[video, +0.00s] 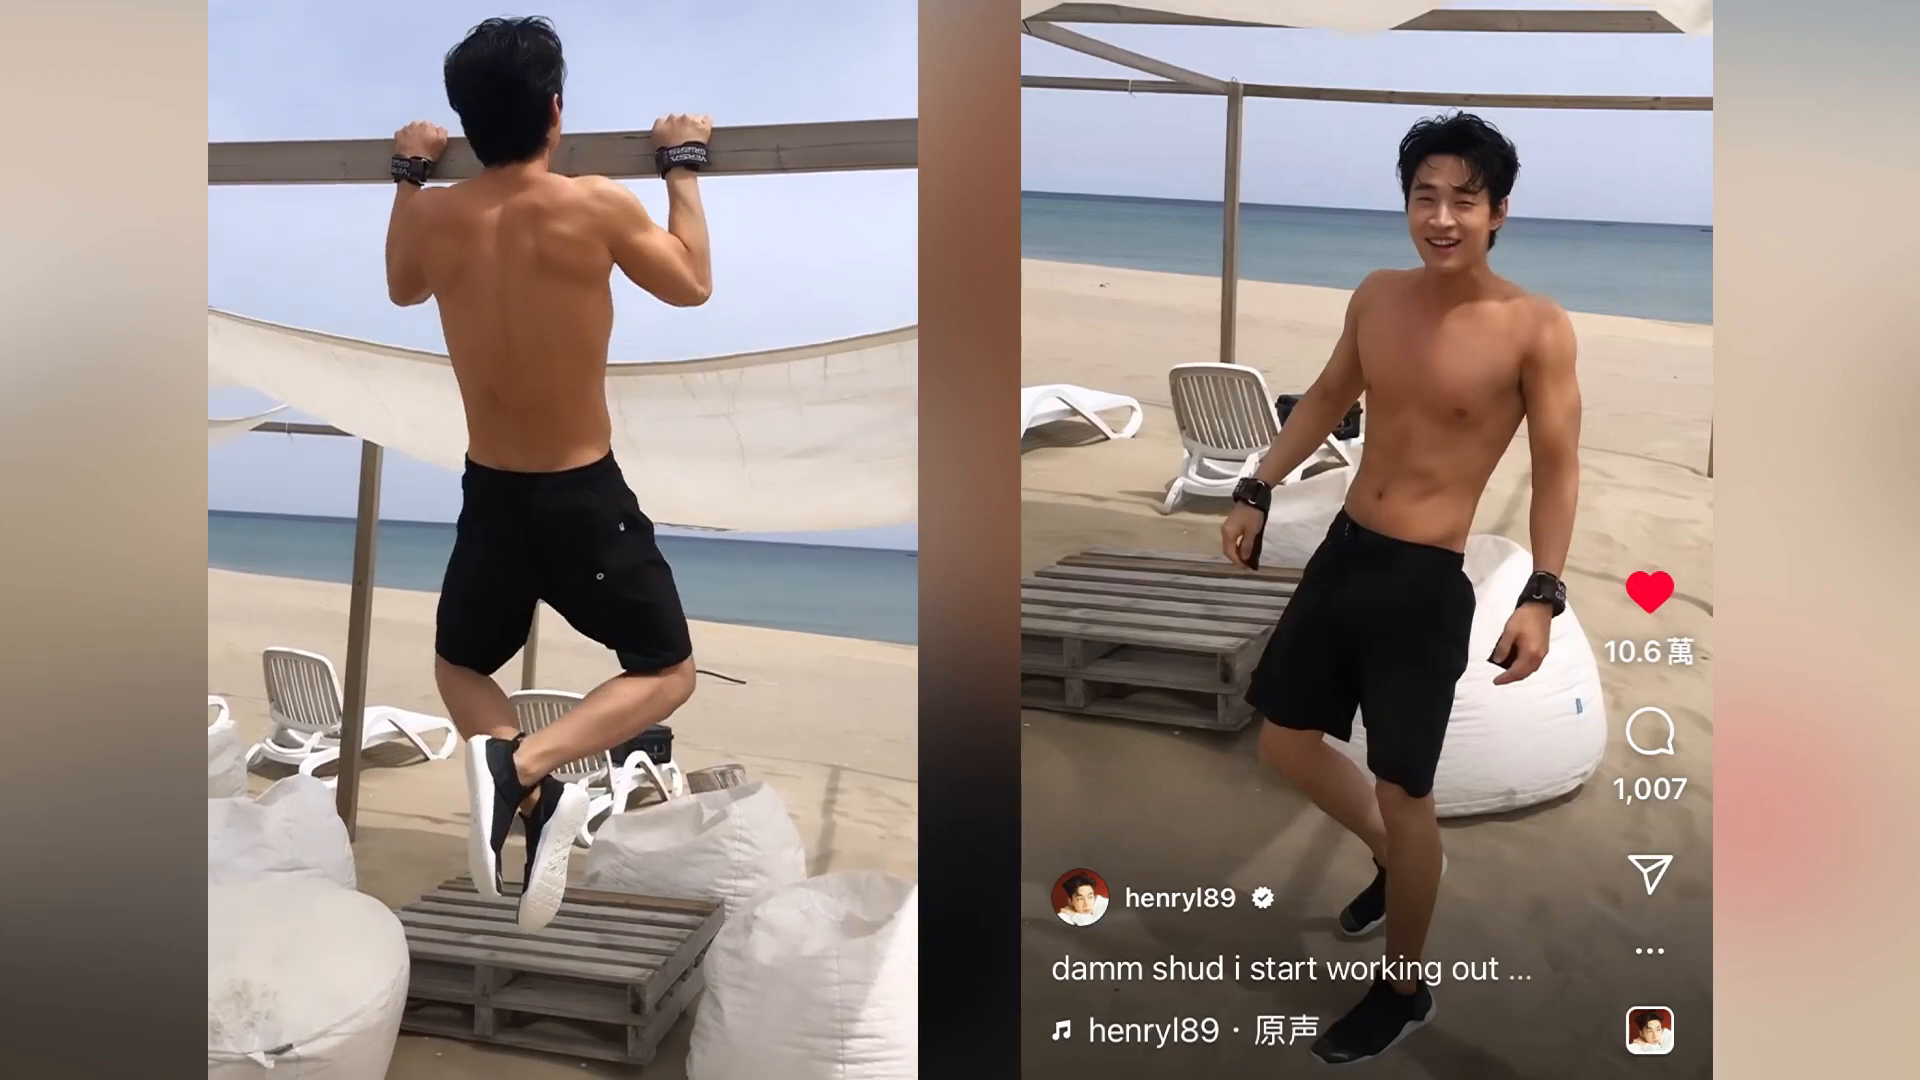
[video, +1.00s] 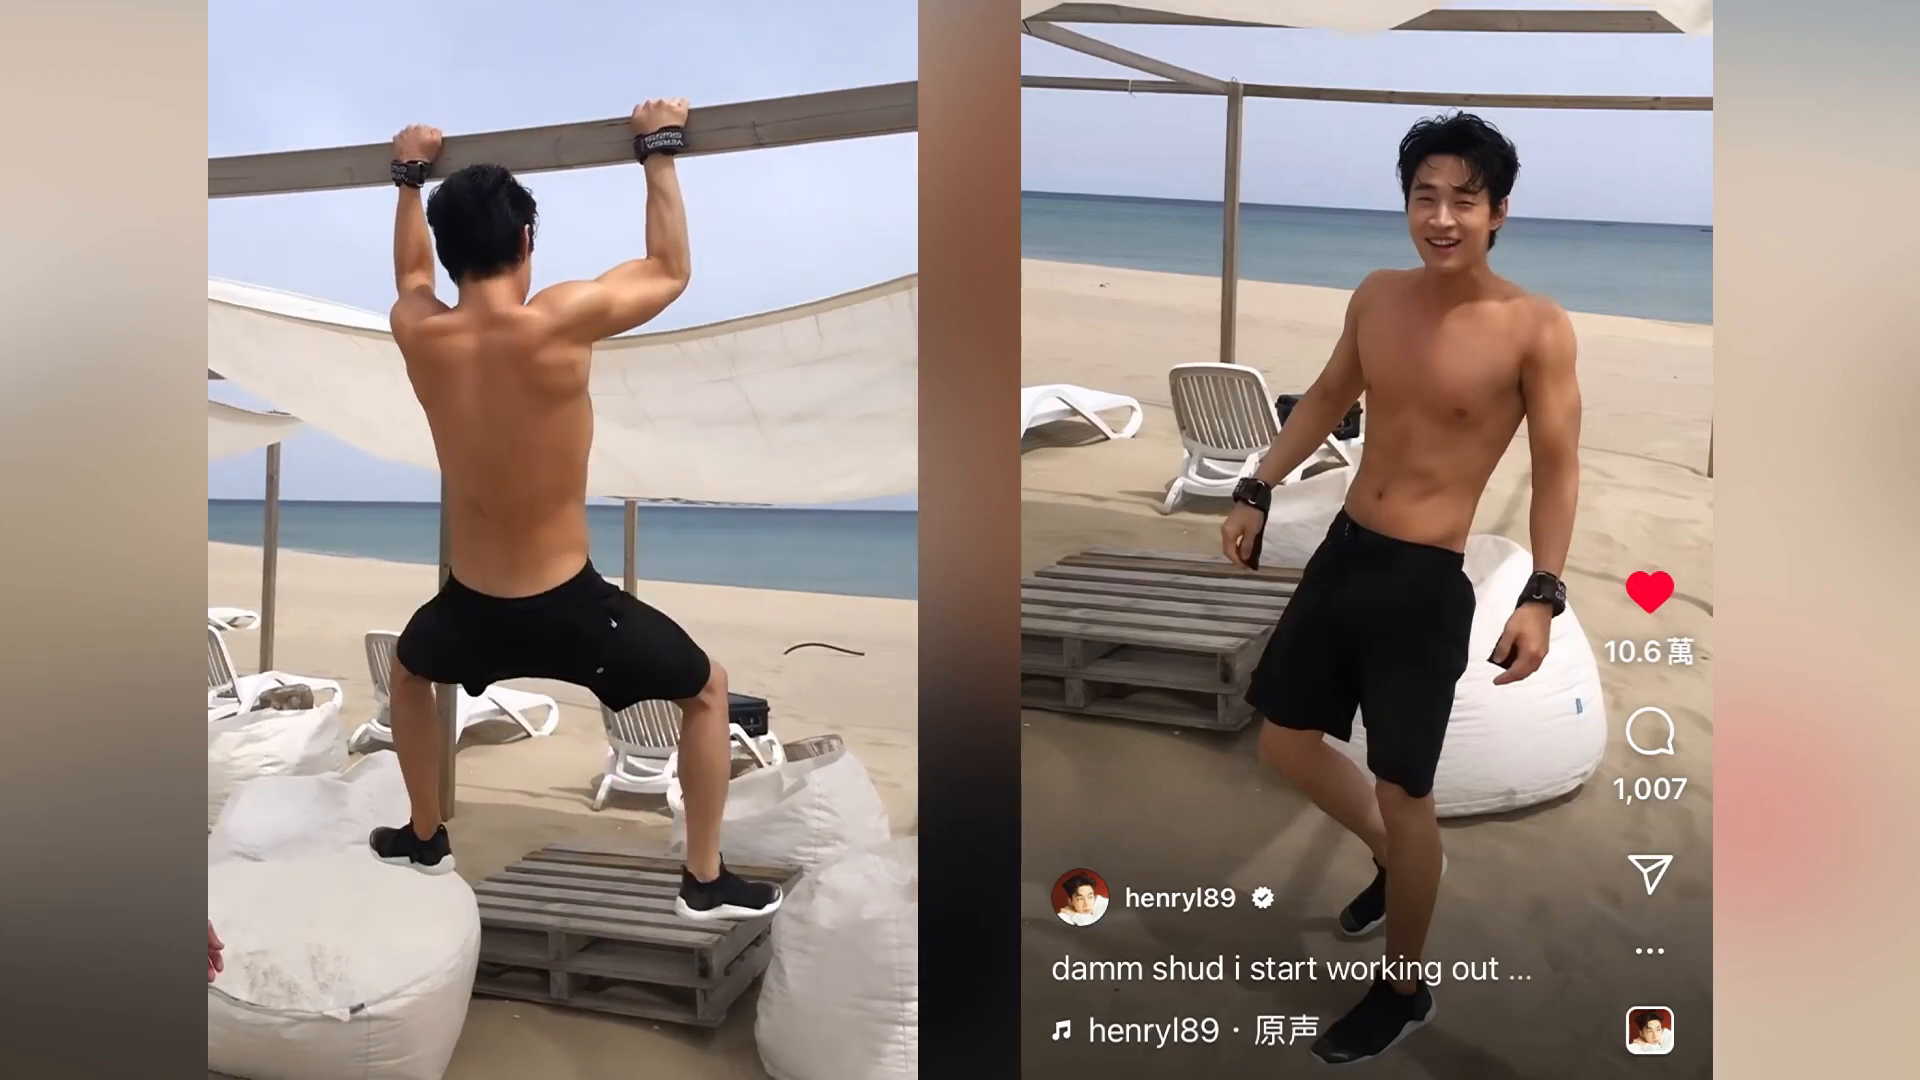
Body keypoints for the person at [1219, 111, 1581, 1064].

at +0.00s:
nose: (1440, 216)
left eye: (1462, 198)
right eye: (1424, 197)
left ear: (1498, 210)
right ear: (1406, 208)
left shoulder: (1535, 328)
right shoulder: (1378, 297)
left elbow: (1556, 468)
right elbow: (1330, 398)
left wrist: (1540, 595)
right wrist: (1256, 484)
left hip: (1426, 579)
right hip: (1345, 553)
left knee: (1402, 800)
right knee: (1284, 742)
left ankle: (1402, 981)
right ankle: (1398, 848)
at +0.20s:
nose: (1440, 216)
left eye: (1462, 198)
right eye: (1424, 197)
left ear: (1498, 210)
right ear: (1406, 208)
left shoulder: (1535, 328)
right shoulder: (1378, 297)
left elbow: (1556, 468)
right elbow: (1330, 398)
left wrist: (1540, 595)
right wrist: (1256, 484)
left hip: (1426, 579)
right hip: (1345, 553)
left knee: (1402, 800)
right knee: (1284, 742)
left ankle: (1402, 981)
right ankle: (1398, 848)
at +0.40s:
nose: (1440, 216)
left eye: (1462, 198)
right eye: (1424, 197)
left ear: (1498, 210)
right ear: (1406, 208)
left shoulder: (1535, 328)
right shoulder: (1378, 296)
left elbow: (1556, 468)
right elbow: (1330, 398)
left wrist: (1540, 595)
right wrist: (1255, 484)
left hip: (1426, 579)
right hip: (1345, 553)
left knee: (1402, 799)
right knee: (1284, 742)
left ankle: (1403, 981)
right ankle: (1398, 847)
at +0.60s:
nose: (1440, 216)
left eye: (1461, 198)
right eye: (1424, 197)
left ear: (1498, 210)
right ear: (1406, 208)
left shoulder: (1535, 328)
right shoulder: (1379, 297)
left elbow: (1556, 469)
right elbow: (1330, 398)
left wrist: (1540, 595)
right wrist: (1256, 484)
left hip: (1427, 579)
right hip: (1345, 553)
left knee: (1402, 799)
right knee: (1284, 742)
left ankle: (1403, 981)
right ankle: (1398, 846)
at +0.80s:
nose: (1440, 216)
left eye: (1462, 198)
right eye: (1424, 197)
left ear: (1498, 210)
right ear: (1406, 208)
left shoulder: (1535, 328)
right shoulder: (1378, 296)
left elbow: (1556, 468)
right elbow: (1330, 398)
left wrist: (1540, 595)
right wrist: (1255, 484)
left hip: (1426, 579)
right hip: (1345, 553)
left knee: (1402, 799)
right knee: (1284, 742)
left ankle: (1403, 981)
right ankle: (1398, 847)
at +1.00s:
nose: (1440, 216)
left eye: (1461, 198)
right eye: (1424, 197)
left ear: (1498, 210)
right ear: (1406, 208)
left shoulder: (1535, 328)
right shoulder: (1379, 296)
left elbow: (1556, 468)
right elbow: (1330, 398)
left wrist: (1541, 595)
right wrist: (1255, 484)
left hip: (1426, 579)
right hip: (1345, 553)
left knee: (1402, 800)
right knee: (1285, 742)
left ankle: (1403, 980)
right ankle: (1399, 848)